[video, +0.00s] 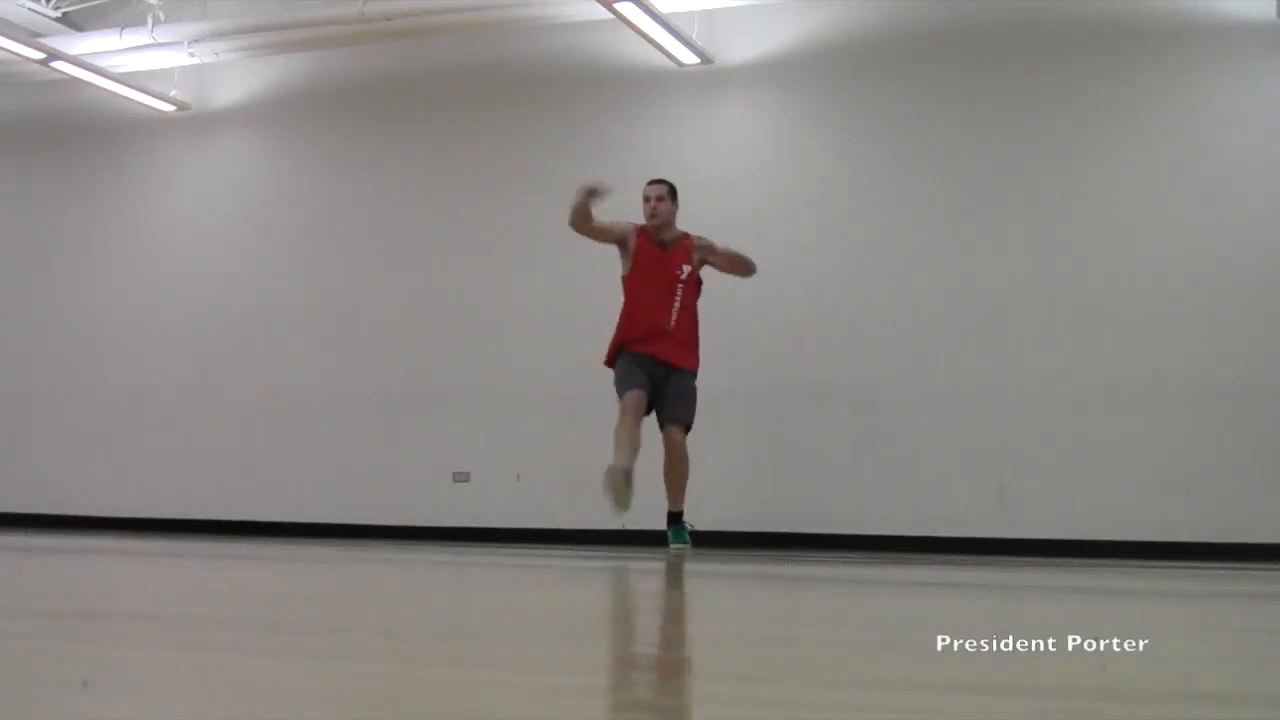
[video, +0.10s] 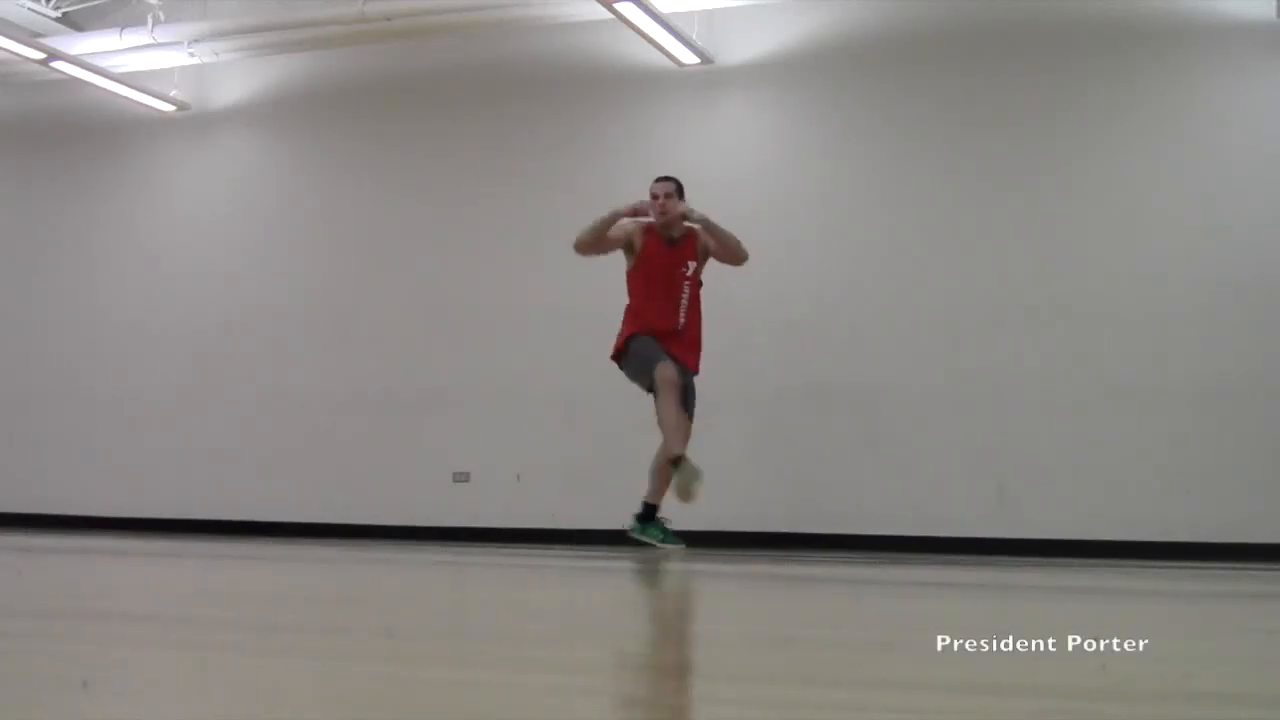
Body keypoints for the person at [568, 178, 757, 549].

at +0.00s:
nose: (652, 206)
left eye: (660, 200)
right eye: (647, 200)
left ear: (675, 206)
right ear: (642, 207)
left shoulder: (694, 246)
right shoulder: (630, 236)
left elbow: (747, 269)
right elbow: (582, 225)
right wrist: (582, 199)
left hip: (678, 356)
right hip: (635, 350)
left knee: (675, 436)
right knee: (632, 403)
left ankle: (676, 521)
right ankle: (621, 485)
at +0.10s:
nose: (660, 203)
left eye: (667, 197)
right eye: (655, 197)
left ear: (682, 203)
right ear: (649, 204)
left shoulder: (699, 240)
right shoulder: (635, 233)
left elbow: (739, 256)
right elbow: (583, 247)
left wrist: (704, 222)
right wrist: (618, 215)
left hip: (682, 347)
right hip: (640, 338)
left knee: (677, 438)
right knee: (667, 375)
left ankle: (647, 517)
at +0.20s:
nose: (660, 206)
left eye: (667, 199)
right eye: (654, 200)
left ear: (681, 204)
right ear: (648, 205)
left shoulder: (696, 238)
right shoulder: (639, 238)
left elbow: (732, 252)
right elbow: (598, 269)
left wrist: (703, 212)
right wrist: (615, 223)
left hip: (678, 348)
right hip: (646, 345)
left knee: (683, 441)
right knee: (705, 404)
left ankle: (632, 523)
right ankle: (709, 507)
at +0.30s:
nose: (659, 210)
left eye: (662, 202)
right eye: (651, 205)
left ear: (672, 210)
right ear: (640, 216)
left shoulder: (687, 242)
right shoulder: (635, 250)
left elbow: (734, 236)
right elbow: (637, 268)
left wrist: (695, 208)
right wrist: (644, 213)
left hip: (684, 361)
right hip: (666, 362)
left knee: (697, 451)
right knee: (728, 433)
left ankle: (633, 524)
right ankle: (702, 521)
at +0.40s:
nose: (660, 211)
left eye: (660, 205)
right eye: (651, 209)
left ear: (660, 210)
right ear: (635, 219)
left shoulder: (658, 239)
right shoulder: (659, 250)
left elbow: (705, 212)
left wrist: (684, 200)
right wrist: (717, 218)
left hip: (675, 367)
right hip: (692, 364)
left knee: (698, 450)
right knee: (739, 439)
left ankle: (638, 520)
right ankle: (708, 525)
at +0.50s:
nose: (679, 203)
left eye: (674, 197)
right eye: (675, 199)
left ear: (643, 209)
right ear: (673, 207)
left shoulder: (632, 238)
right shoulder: (698, 239)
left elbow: (659, 199)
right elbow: (724, 273)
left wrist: (699, 206)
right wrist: (724, 224)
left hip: (667, 363)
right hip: (708, 360)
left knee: (685, 442)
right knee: (742, 436)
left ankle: (663, 515)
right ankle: (708, 524)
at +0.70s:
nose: (677, 201)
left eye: (685, 195)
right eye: (676, 194)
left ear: (705, 198)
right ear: (680, 198)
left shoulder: (707, 231)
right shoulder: (695, 235)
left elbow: (654, 244)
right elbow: (663, 264)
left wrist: (649, 227)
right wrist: (650, 238)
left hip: (683, 352)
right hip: (689, 352)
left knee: (656, 439)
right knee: (672, 440)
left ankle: (698, 524)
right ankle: (716, 523)